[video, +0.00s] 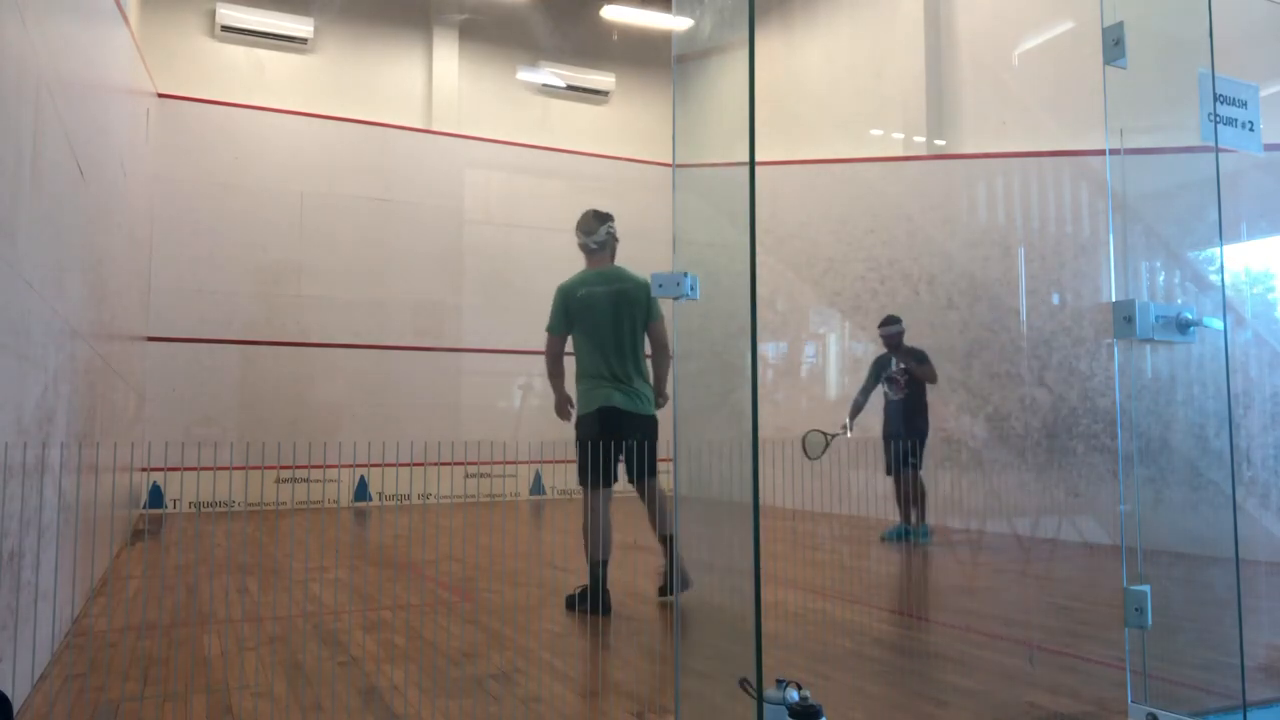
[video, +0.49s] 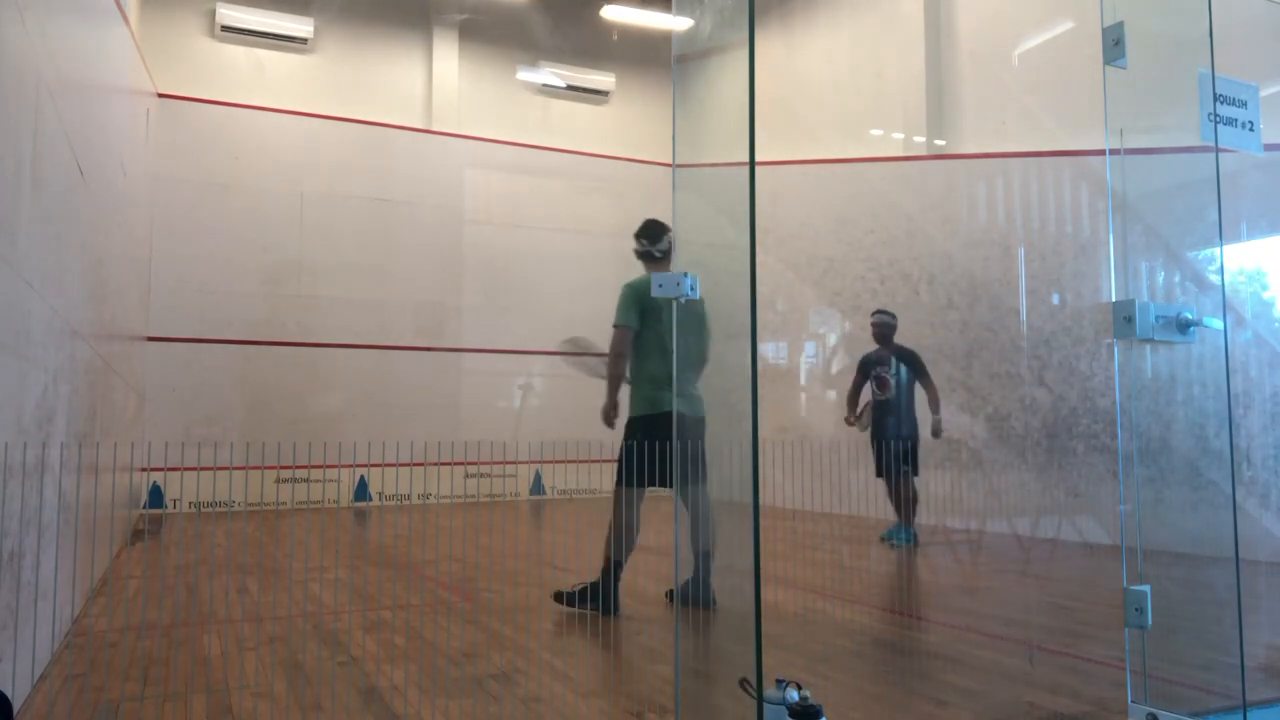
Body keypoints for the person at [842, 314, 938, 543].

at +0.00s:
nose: (887, 341)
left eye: (891, 336)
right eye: (884, 337)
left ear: (901, 334)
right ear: (880, 337)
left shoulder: (917, 356)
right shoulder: (881, 362)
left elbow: (932, 378)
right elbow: (865, 391)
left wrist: (910, 364)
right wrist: (850, 418)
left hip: (914, 424)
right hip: (892, 425)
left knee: (911, 474)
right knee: (898, 476)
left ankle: (921, 524)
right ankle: (905, 523)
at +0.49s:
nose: (876, 331)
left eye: (881, 326)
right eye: (874, 326)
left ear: (892, 328)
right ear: (872, 328)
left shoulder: (909, 357)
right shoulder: (868, 360)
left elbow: (929, 387)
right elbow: (855, 389)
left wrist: (936, 417)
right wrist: (851, 413)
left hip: (904, 427)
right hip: (881, 428)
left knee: (904, 478)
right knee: (890, 479)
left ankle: (908, 528)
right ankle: (901, 523)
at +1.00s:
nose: (866, 329)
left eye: (872, 324)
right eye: (864, 324)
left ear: (883, 328)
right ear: (860, 327)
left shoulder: (893, 357)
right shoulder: (854, 358)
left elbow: (887, 391)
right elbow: (850, 384)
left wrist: (865, 413)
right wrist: (875, 379)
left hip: (889, 427)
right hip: (863, 426)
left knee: (898, 478)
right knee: (841, 472)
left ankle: (907, 529)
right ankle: (862, 519)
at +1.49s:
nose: (787, 338)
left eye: (792, 333)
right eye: (787, 333)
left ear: (805, 335)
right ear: (791, 336)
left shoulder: (823, 361)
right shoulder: (792, 367)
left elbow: (816, 397)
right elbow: (782, 391)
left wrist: (786, 419)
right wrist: (803, 391)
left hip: (835, 428)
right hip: (812, 428)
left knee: (846, 484)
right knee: (792, 477)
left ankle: (885, 514)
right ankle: (797, 533)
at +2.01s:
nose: (731, 328)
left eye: (736, 324)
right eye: (733, 323)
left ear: (748, 330)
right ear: (750, 329)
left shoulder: (757, 352)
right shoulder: (755, 352)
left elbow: (784, 369)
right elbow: (784, 369)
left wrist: (801, 389)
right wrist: (802, 389)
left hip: (766, 431)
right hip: (768, 430)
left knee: (739, 478)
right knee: (776, 481)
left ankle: (725, 535)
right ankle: (796, 531)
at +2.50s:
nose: (687, 313)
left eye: (692, 309)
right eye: (688, 308)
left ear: (704, 313)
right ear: (714, 314)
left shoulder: (694, 343)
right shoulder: (728, 343)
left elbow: (692, 387)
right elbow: (730, 384)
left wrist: (683, 423)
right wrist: (720, 411)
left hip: (698, 425)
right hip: (726, 424)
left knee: (691, 481)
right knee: (722, 481)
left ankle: (706, 536)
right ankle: (715, 535)